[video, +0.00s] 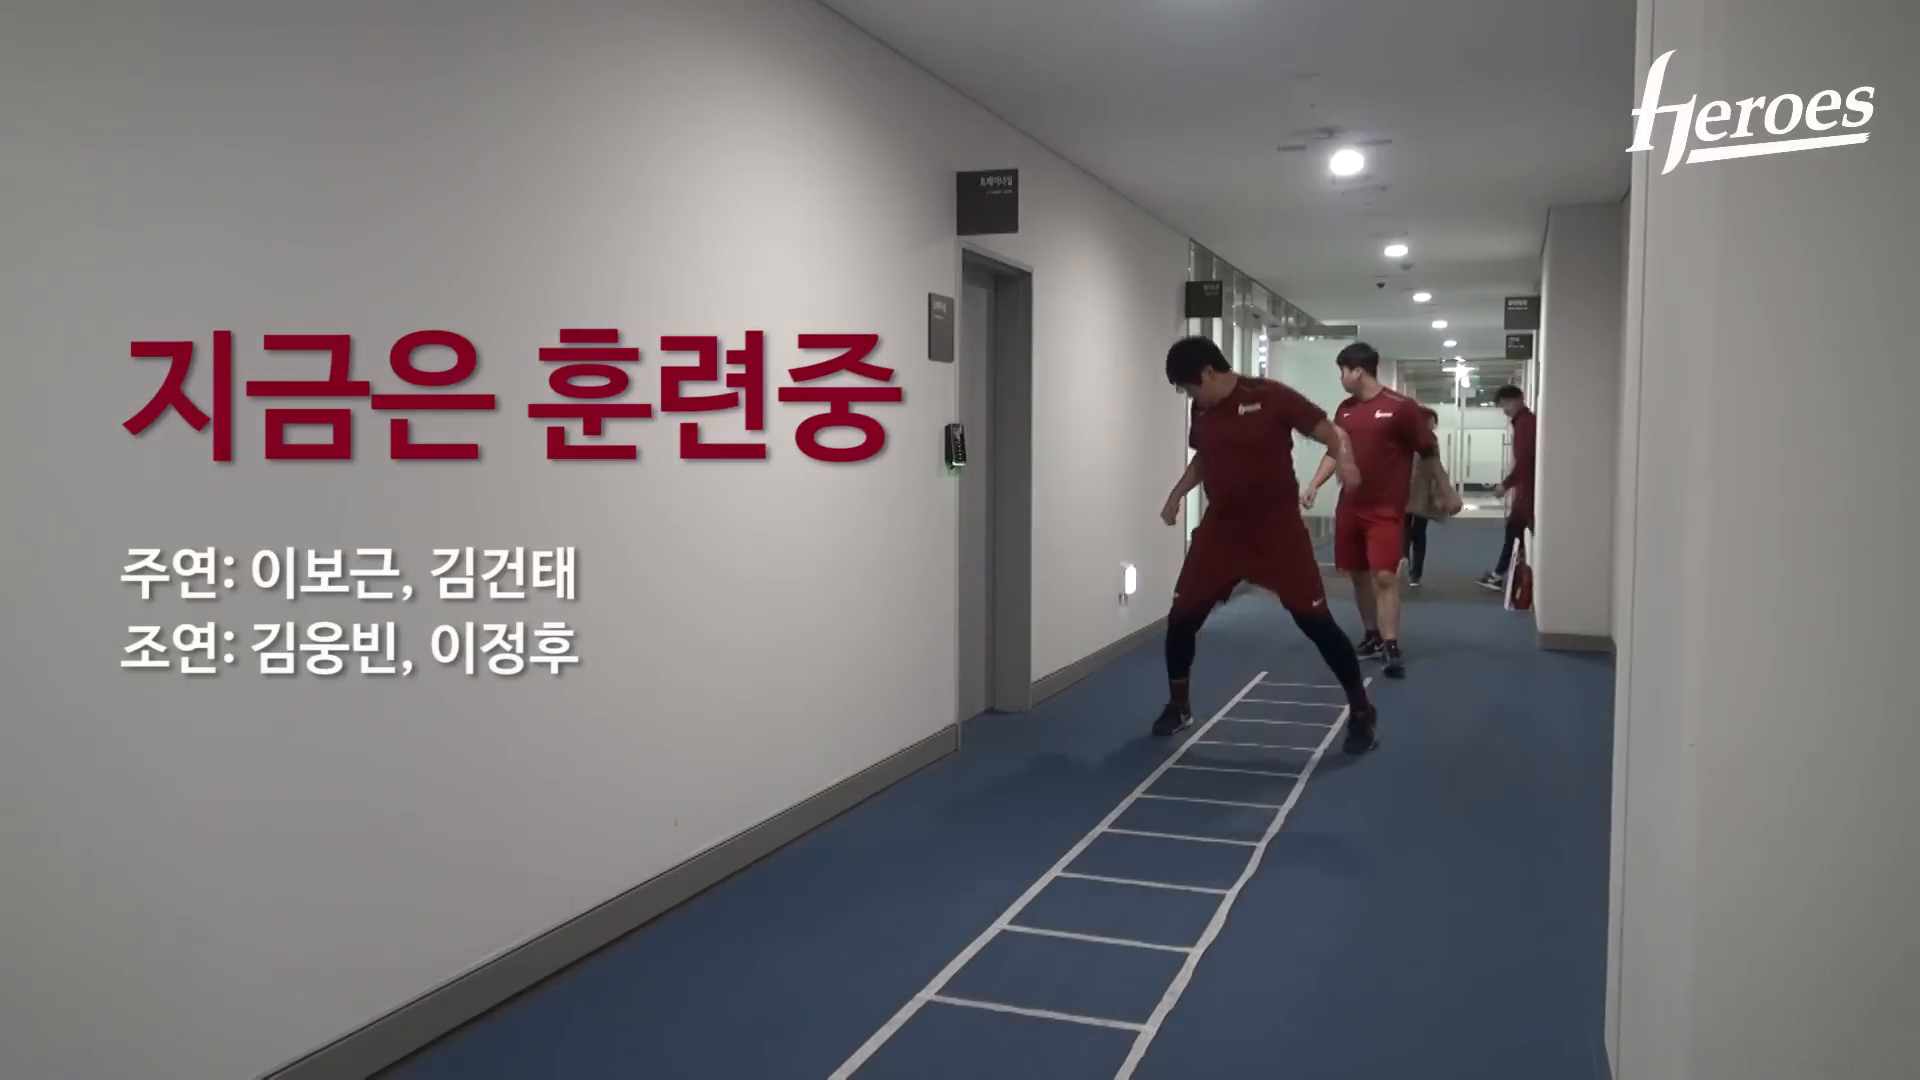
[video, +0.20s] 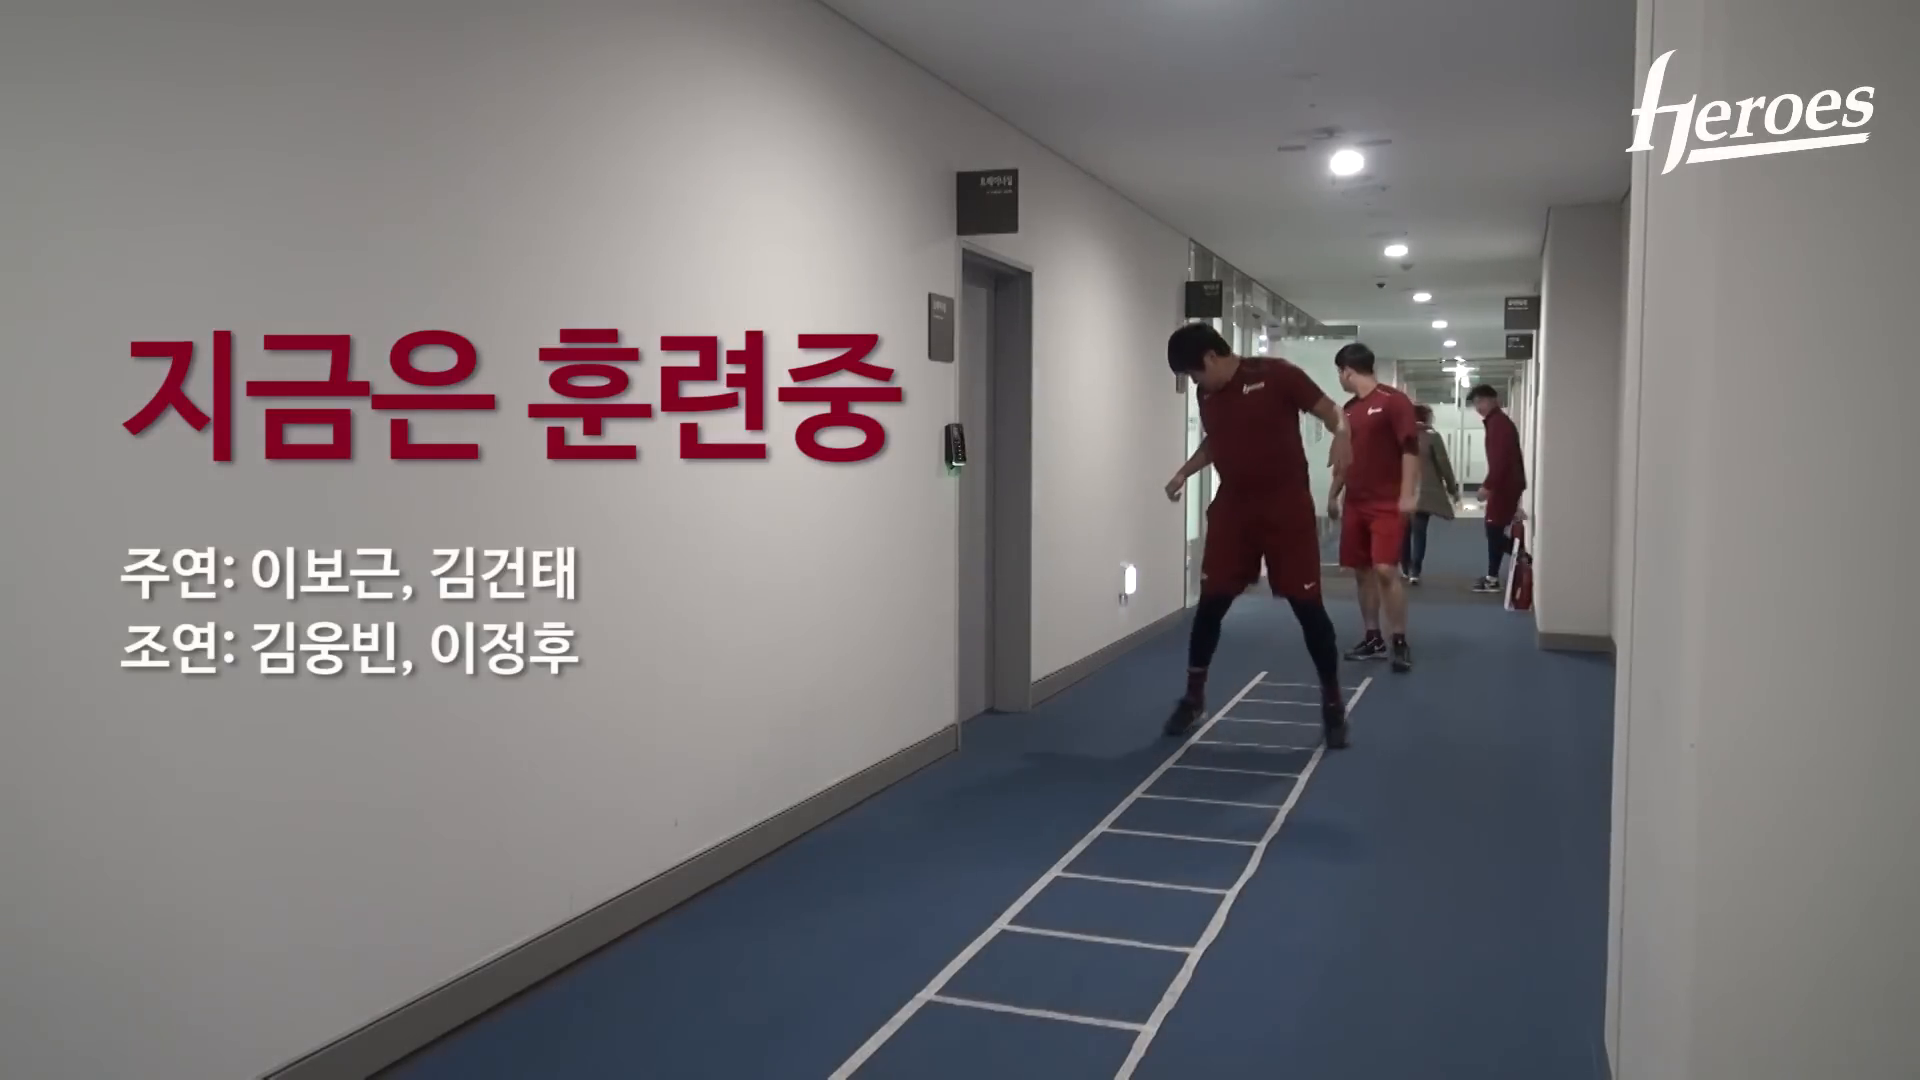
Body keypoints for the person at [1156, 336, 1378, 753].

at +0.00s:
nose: (1191, 398)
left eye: (1190, 389)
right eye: (1186, 391)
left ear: (1208, 372)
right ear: (1203, 375)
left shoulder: (1271, 396)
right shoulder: (1204, 413)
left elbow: (1332, 434)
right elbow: (1207, 458)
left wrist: (1345, 461)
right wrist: (1176, 492)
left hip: (1278, 531)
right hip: (1221, 533)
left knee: (1313, 619)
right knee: (1181, 618)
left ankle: (1361, 709)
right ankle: (1177, 705)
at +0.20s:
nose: (1196, 384)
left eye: (1196, 374)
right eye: (1191, 378)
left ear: (1212, 356)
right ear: (1207, 361)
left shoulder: (1277, 374)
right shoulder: (1207, 394)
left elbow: (1332, 412)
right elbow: (1216, 440)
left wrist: (1341, 440)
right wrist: (1185, 471)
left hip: (1287, 512)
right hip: (1233, 514)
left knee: (1307, 605)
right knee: (1211, 604)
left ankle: (1332, 703)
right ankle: (1193, 698)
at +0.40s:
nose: (1209, 386)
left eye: (1210, 377)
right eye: (1205, 379)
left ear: (1231, 361)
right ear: (1223, 366)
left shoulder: (1287, 388)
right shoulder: (1219, 402)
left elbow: (1349, 405)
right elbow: (1217, 446)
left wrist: (1366, 409)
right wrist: (1182, 473)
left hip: (1291, 519)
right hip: (1241, 520)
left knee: (1293, 611)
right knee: (1237, 611)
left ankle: (1302, 701)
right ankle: (1263, 699)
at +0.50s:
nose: (1214, 355)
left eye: (1219, 345)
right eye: (1209, 348)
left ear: (1243, 339)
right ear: (1210, 348)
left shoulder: (1288, 373)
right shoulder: (1215, 388)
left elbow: (1338, 403)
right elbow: (1219, 434)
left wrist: (1361, 416)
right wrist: (1193, 476)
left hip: (1294, 496)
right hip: (1245, 497)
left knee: (1300, 592)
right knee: (1227, 591)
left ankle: (1307, 694)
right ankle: (1244, 686)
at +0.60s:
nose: (1231, 352)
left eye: (1236, 342)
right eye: (1224, 346)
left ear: (1257, 337)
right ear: (1219, 346)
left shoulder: (1291, 373)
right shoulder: (1216, 386)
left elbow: (1337, 416)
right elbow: (1217, 434)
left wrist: (1326, 431)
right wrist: (1204, 465)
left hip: (1296, 497)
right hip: (1245, 498)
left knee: (1312, 593)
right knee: (1215, 589)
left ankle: (1330, 689)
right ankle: (1216, 676)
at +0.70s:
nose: (1242, 365)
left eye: (1250, 356)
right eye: (1235, 358)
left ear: (1269, 357)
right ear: (1230, 361)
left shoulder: (1299, 397)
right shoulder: (1224, 404)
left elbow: (1334, 445)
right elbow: (1217, 444)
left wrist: (1299, 447)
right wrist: (1211, 467)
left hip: (1295, 523)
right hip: (1241, 523)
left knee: (1325, 607)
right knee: (1204, 604)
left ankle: (1349, 692)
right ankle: (1196, 686)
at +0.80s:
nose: (1247, 362)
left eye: (1255, 353)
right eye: (1241, 354)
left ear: (1274, 355)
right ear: (1234, 360)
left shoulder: (1304, 400)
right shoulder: (1225, 404)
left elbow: (1327, 450)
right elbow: (1225, 454)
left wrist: (1295, 473)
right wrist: (1206, 481)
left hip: (1297, 524)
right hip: (1243, 521)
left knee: (1323, 606)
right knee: (1209, 600)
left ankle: (1346, 691)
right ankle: (1197, 685)